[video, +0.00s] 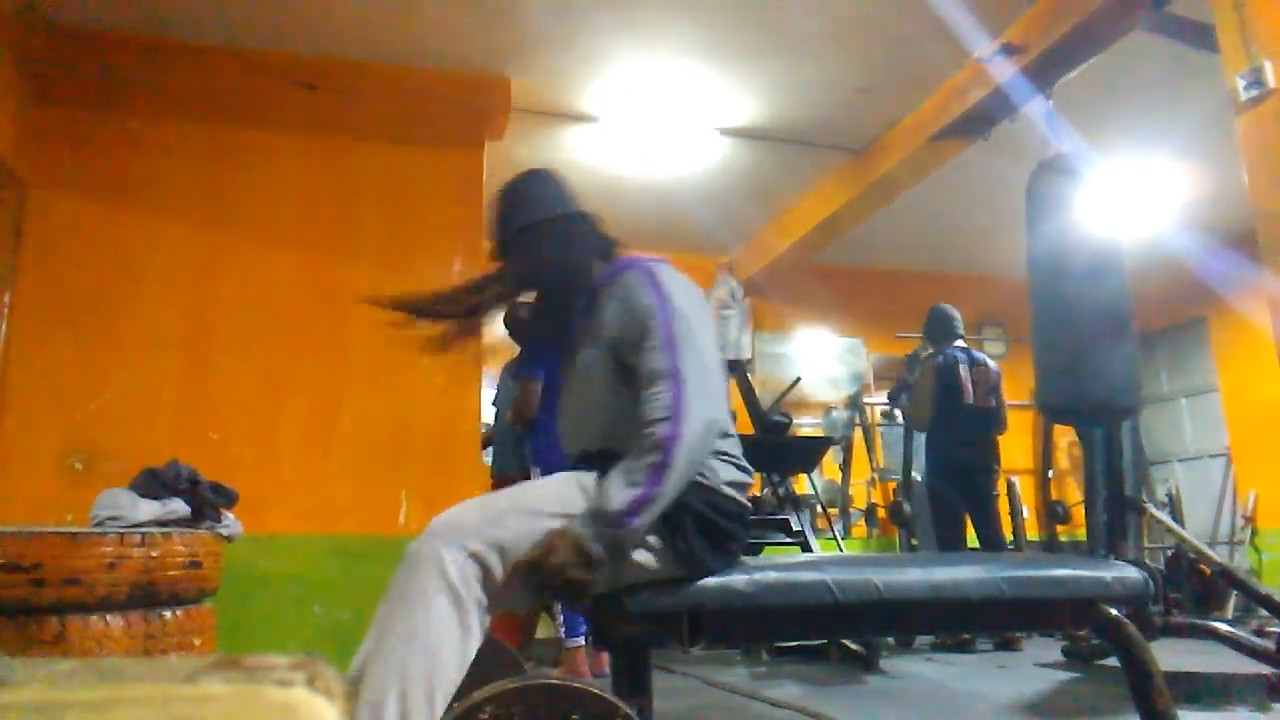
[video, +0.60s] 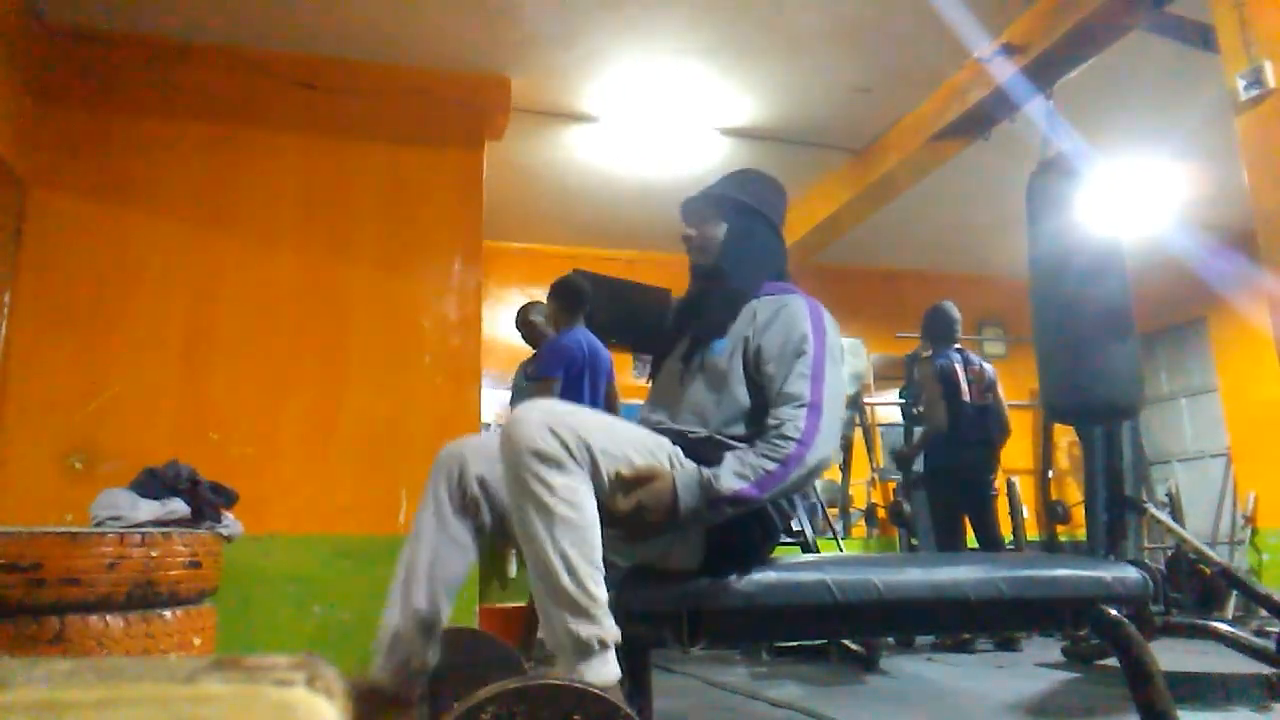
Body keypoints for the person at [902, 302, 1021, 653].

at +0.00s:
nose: (926, 341)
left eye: (926, 336)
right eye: (929, 336)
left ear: (930, 335)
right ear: (961, 330)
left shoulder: (933, 366)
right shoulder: (989, 365)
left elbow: (920, 420)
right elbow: (1001, 423)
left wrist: (904, 400)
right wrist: (970, 420)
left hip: (945, 464)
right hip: (982, 464)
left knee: (950, 546)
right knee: (994, 541)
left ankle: (956, 628)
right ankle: (1008, 625)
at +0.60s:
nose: (924, 337)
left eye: (925, 331)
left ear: (929, 332)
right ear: (959, 331)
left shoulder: (930, 367)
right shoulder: (983, 366)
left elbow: (937, 422)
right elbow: (1003, 423)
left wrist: (910, 452)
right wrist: (991, 454)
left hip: (945, 468)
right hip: (981, 466)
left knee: (950, 547)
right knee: (992, 541)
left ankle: (956, 628)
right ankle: (1008, 625)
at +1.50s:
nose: (924, 346)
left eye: (924, 340)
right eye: (926, 341)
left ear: (928, 338)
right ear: (956, 332)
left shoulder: (933, 366)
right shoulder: (988, 365)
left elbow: (918, 417)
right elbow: (996, 416)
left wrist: (908, 398)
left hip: (946, 467)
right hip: (982, 466)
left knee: (951, 546)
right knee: (993, 541)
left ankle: (958, 627)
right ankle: (1007, 625)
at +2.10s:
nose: (924, 339)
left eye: (925, 332)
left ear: (929, 332)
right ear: (960, 330)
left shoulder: (930, 364)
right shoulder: (985, 365)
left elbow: (934, 418)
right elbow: (1004, 422)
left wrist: (912, 451)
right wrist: (988, 450)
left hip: (947, 463)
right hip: (983, 463)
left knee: (951, 544)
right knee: (992, 539)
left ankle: (958, 627)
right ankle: (1007, 624)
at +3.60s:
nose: (957, 328)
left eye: (950, 325)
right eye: (959, 321)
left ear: (944, 332)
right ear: (970, 328)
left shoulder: (943, 363)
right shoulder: (992, 365)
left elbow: (942, 412)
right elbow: (1003, 421)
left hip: (951, 456)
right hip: (985, 461)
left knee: (953, 543)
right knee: (995, 540)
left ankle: (952, 624)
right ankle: (1007, 621)